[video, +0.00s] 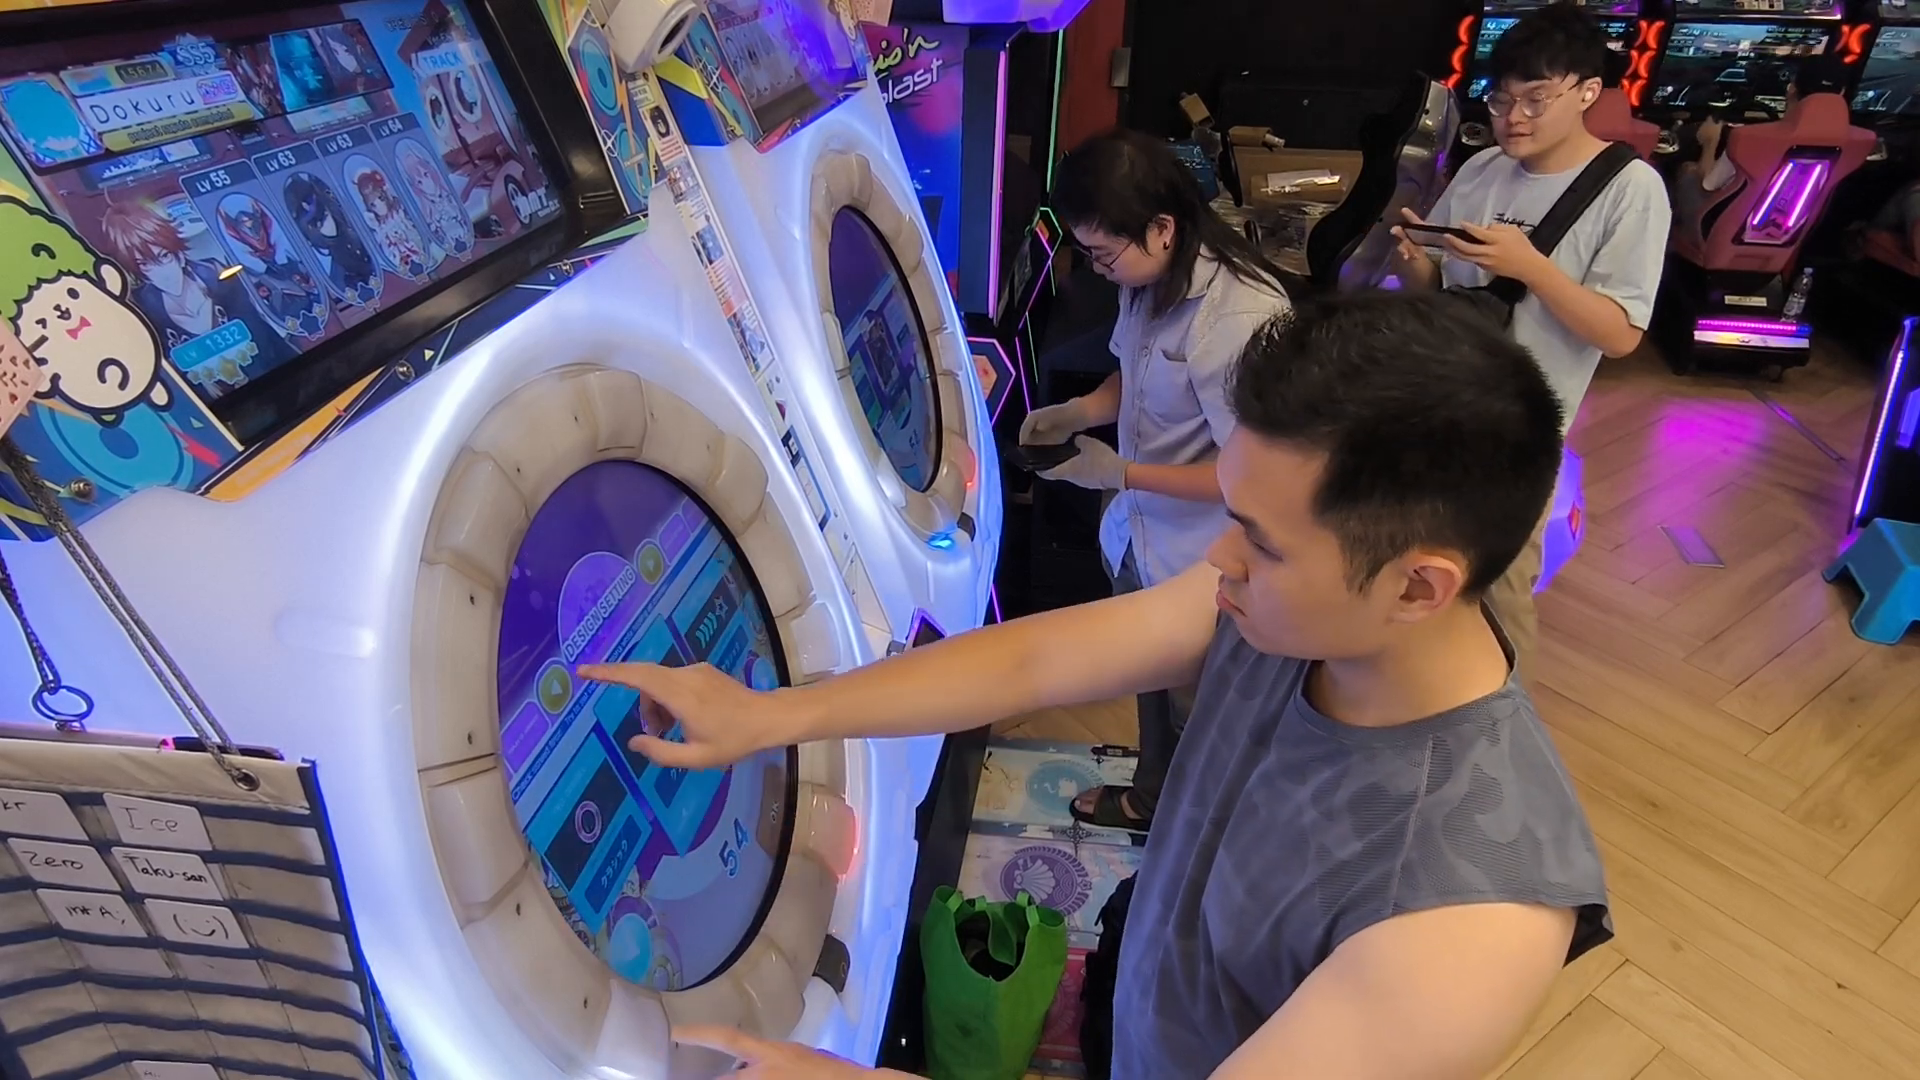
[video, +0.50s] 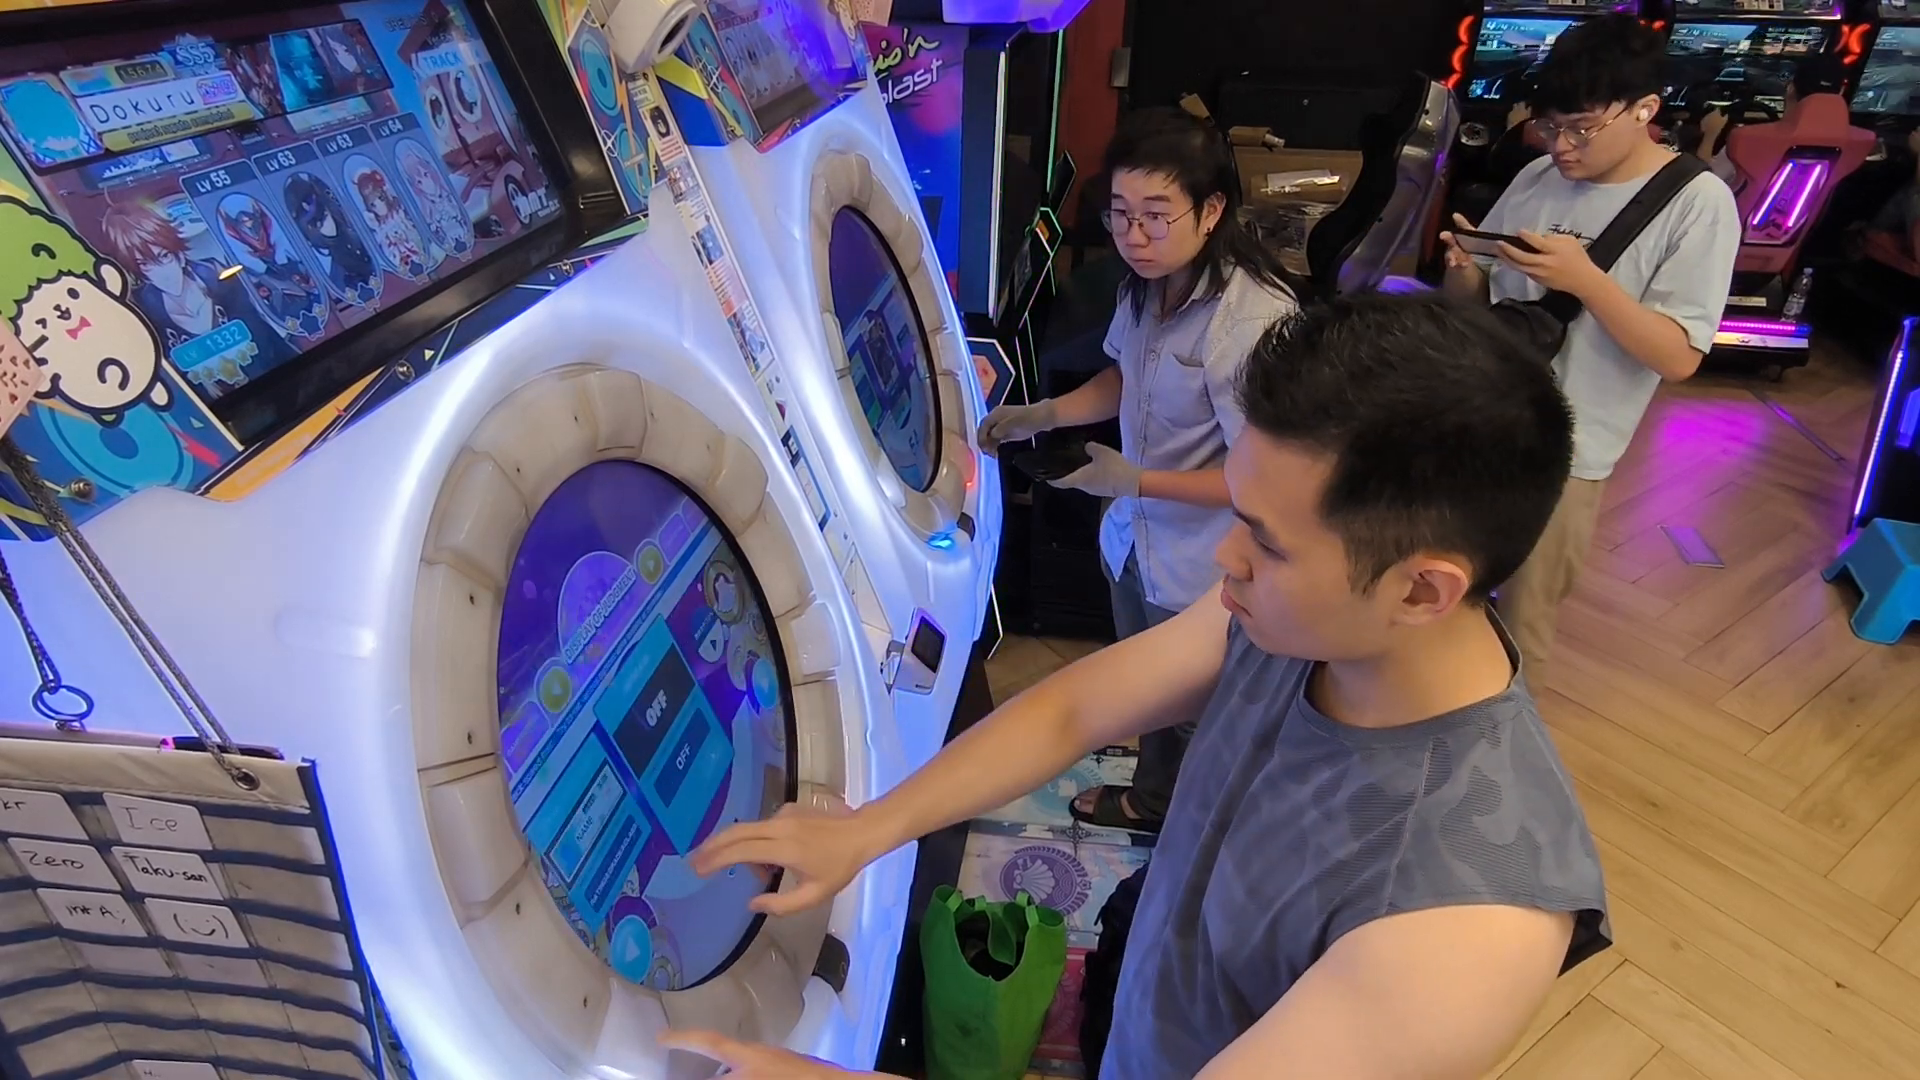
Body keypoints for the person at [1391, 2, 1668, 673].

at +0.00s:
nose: (1511, 116)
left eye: (1532, 100)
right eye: (1501, 99)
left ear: (1587, 94)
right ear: (1489, 95)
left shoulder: (1633, 187)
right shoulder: (1479, 168)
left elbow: (1620, 333)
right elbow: (1425, 291)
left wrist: (1531, 268)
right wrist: (1414, 260)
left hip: (1521, 436)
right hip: (1429, 404)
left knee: (1497, 593)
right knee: (1404, 578)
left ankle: (1497, 730)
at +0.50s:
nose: (1558, 146)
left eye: (1579, 128)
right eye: (1551, 125)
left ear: (1645, 110)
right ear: (1543, 109)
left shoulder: (1700, 201)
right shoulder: (1539, 176)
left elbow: (1679, 357)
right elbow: (1470, 304)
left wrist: (1587, 282)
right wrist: (1462, 268)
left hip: (1566, 463)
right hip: (1474, 424)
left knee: (1516, 625)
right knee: (1427, 597)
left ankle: (1489, 756)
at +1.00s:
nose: (1443, 124)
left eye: (1463, 108)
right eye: (1438, 107)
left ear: (1523, 103)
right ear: (1430, 102)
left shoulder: (1592, 191)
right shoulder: (1449, 180)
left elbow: (1584, 339)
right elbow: (1415, 295)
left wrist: (1476, 272)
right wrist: (1382, 266)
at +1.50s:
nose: (1383, 119)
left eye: (1403, 102)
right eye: (1376, 102)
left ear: (1458, 98)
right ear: (1368, 98)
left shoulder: (1519, 181)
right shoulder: (1377, 169)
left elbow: (1522, 324)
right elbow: (1338, 283)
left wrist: (1419, 270)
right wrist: (1315, 259)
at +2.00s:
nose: (1411, 118)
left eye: (1432, 102)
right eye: (1402, 100)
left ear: (1488, 98)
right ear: (1393, 97)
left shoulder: (1543, 184)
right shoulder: (1404, 168)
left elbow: (1541, 331)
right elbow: (1362, 282)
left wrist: (1439, 273)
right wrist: (1337, 256)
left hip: (1458, 411)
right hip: (1367, 383)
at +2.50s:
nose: (1432, 147)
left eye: (1446, 128)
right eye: (1426, 129)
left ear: (1507, 108)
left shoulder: (1572, 193)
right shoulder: (1446, 167)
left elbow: (1559, 343)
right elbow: (1402, 272)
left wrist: (1453, 275)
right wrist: (1364, 254)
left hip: (1471, 445)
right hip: (1389, 410)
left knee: (1442, 601)